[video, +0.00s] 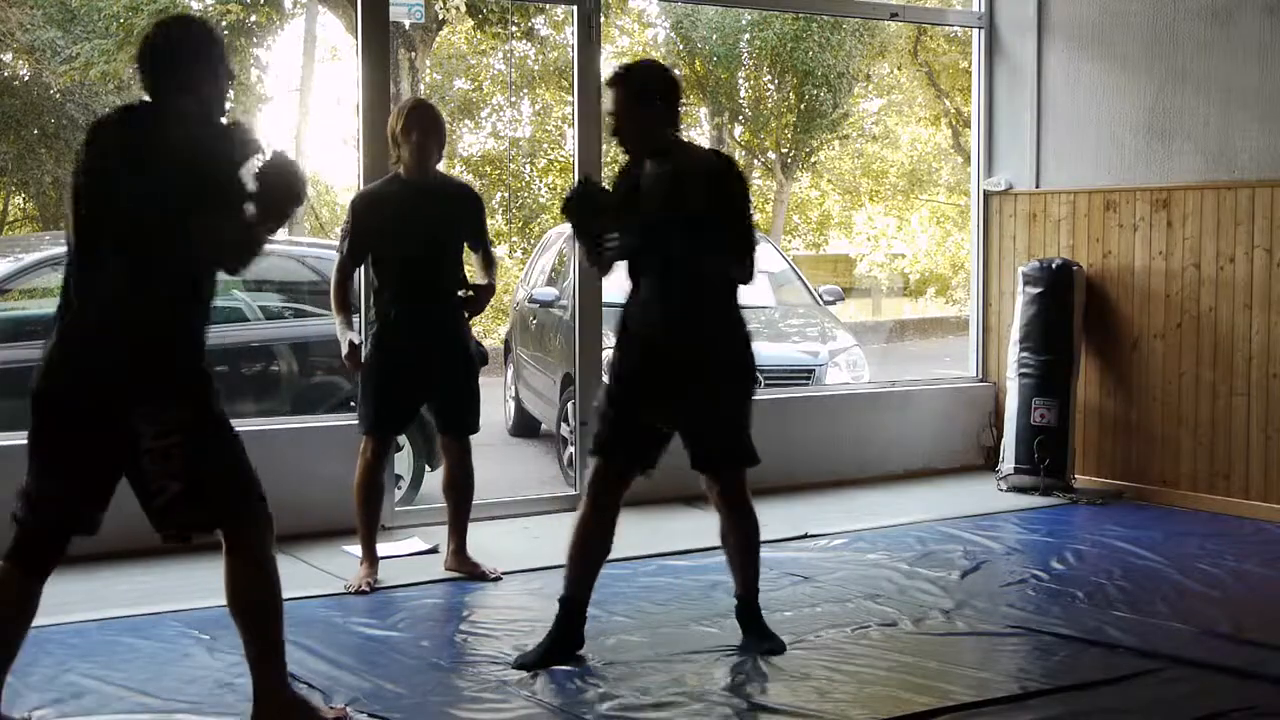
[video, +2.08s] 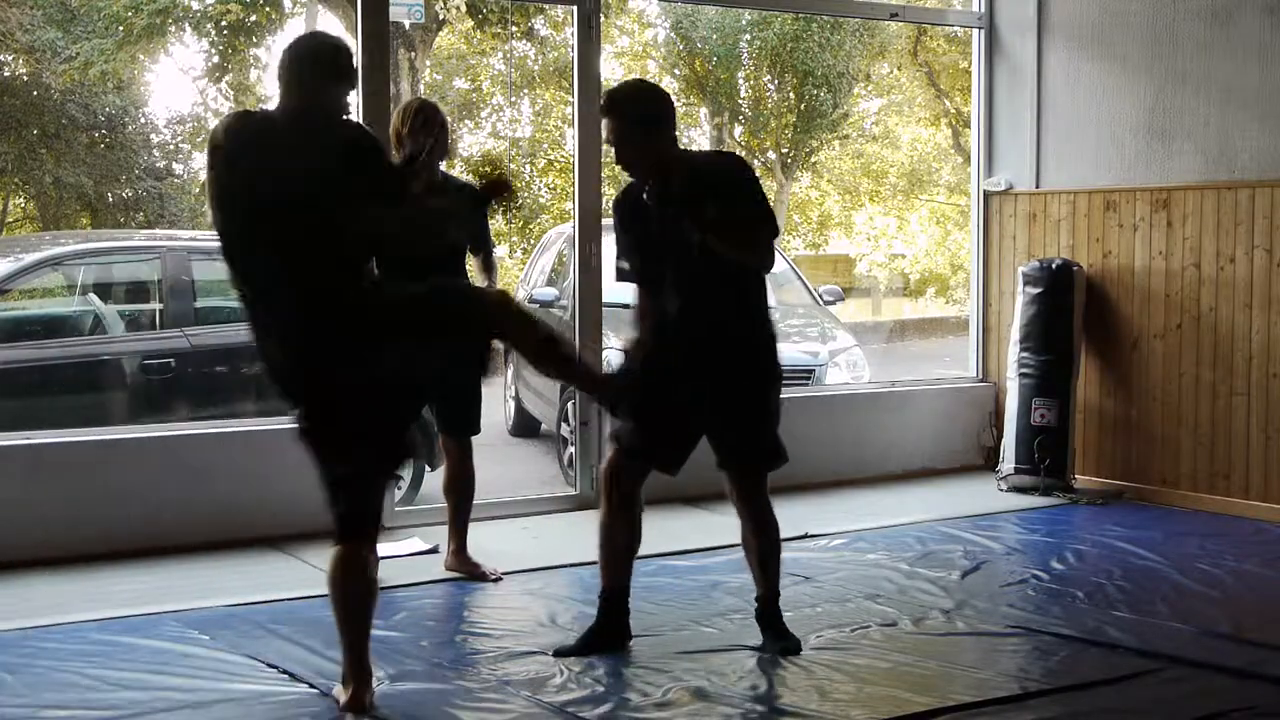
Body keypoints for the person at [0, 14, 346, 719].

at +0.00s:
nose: (231, 85)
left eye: (227, 70)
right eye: (223, 70)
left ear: (151, 73)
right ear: (200, 73)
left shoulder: (104, 135)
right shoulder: (205, 142)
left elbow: (138, 236)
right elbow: (231, 252)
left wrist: (224, 159)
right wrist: (274, 205)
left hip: (75, 371)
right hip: (163, 376)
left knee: (30, 548)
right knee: (247, 528)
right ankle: (274, 696)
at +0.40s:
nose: (249, 74)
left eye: (243, 60)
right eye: (240, 61)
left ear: (172, 74)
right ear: (220, 69)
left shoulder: (142, 138)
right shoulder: (244, 138)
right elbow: (289, 252)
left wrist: (292, 214)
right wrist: (331, 213)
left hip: (117, 371)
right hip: (200, 373)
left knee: (72, 544)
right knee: (277, 528)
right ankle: (293, 696)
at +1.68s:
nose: (284, 83)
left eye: (280, 71)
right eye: (273, 72)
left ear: (219, 82)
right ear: (246, 80)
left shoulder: (184, 145)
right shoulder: (254, 146)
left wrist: (306, 148)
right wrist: (307, 145)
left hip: (165, 373)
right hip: (231, 374)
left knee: (111, 540)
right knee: (321, 520)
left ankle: (33, 696)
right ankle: (317, 692)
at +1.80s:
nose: (310, 80)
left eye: (308, 67)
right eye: (304, 67)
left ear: (239, 72)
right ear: (285, 71)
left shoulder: (204, 134)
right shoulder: (309, 133)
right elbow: (386, 142)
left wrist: (307, 84)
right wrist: (380, 62)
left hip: (222, 355)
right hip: (297, 353)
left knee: (232, 511)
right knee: (353, 505)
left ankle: (212, 549)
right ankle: (326, 680)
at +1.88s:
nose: (315, 61)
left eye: (312, 50)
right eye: (311, 49)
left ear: (241, 52)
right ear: (298, 52)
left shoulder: (205, 117)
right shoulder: (314, 110)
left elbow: (213, 227)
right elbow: (414, 130)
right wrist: (410, 62)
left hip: (251, 336)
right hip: (326, 323)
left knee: (288, 493)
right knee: (397, 441)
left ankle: (326, 649)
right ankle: (377, 569)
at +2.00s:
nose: (332, 84)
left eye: (331, 71)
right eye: (327, 71)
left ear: (268, 71)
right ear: (302, 73)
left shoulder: (227, 133)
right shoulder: (326, 133)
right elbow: (404, 169)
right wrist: (443, 139)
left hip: (270, 347)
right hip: (340, 333)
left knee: (334, 524)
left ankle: (354, 679)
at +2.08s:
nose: (350, 100)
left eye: (349, 89)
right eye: (347, 86)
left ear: (280, 78)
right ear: (334, 84)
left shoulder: (231, 138)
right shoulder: (353, 147)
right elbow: (405, 230)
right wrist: (481, 199)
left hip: (299, 352)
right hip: (372, 330)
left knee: (356, 530)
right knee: (500, 311)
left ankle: (356, 680)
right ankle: (610, 390)